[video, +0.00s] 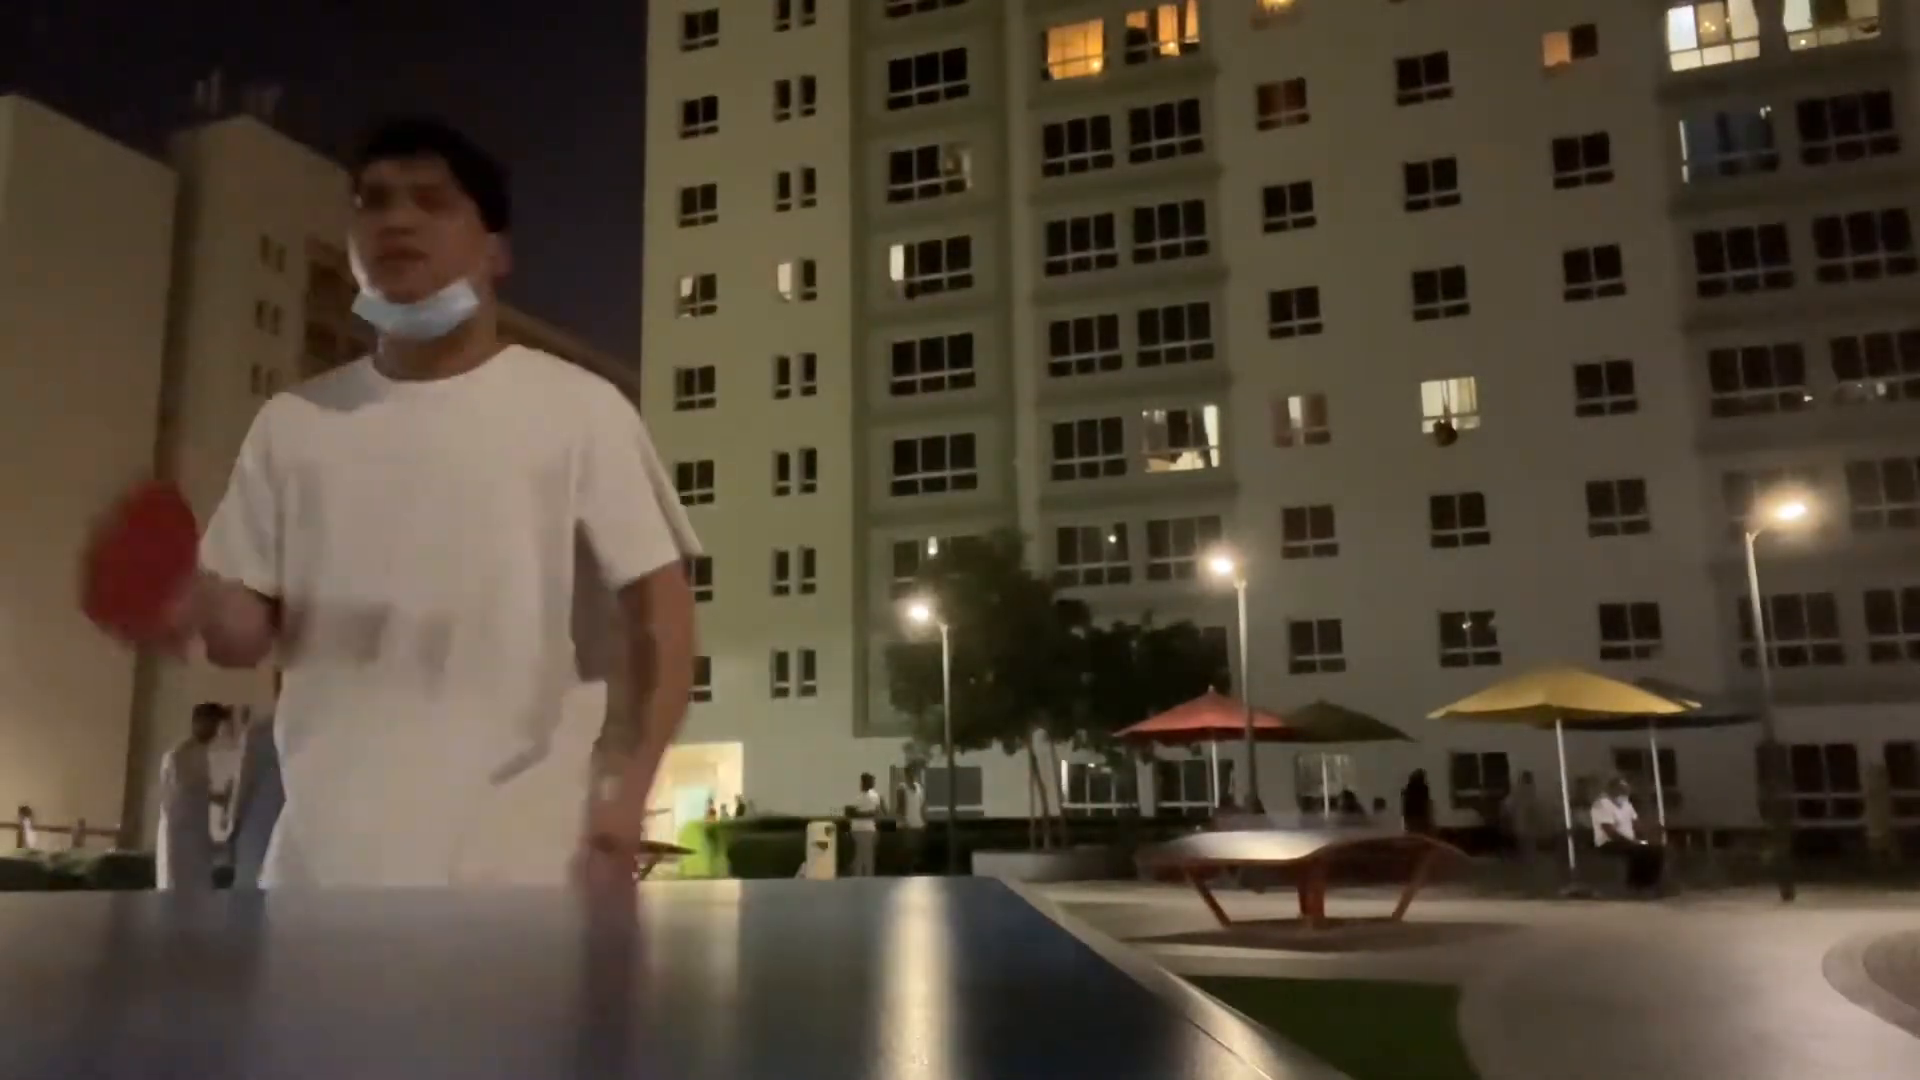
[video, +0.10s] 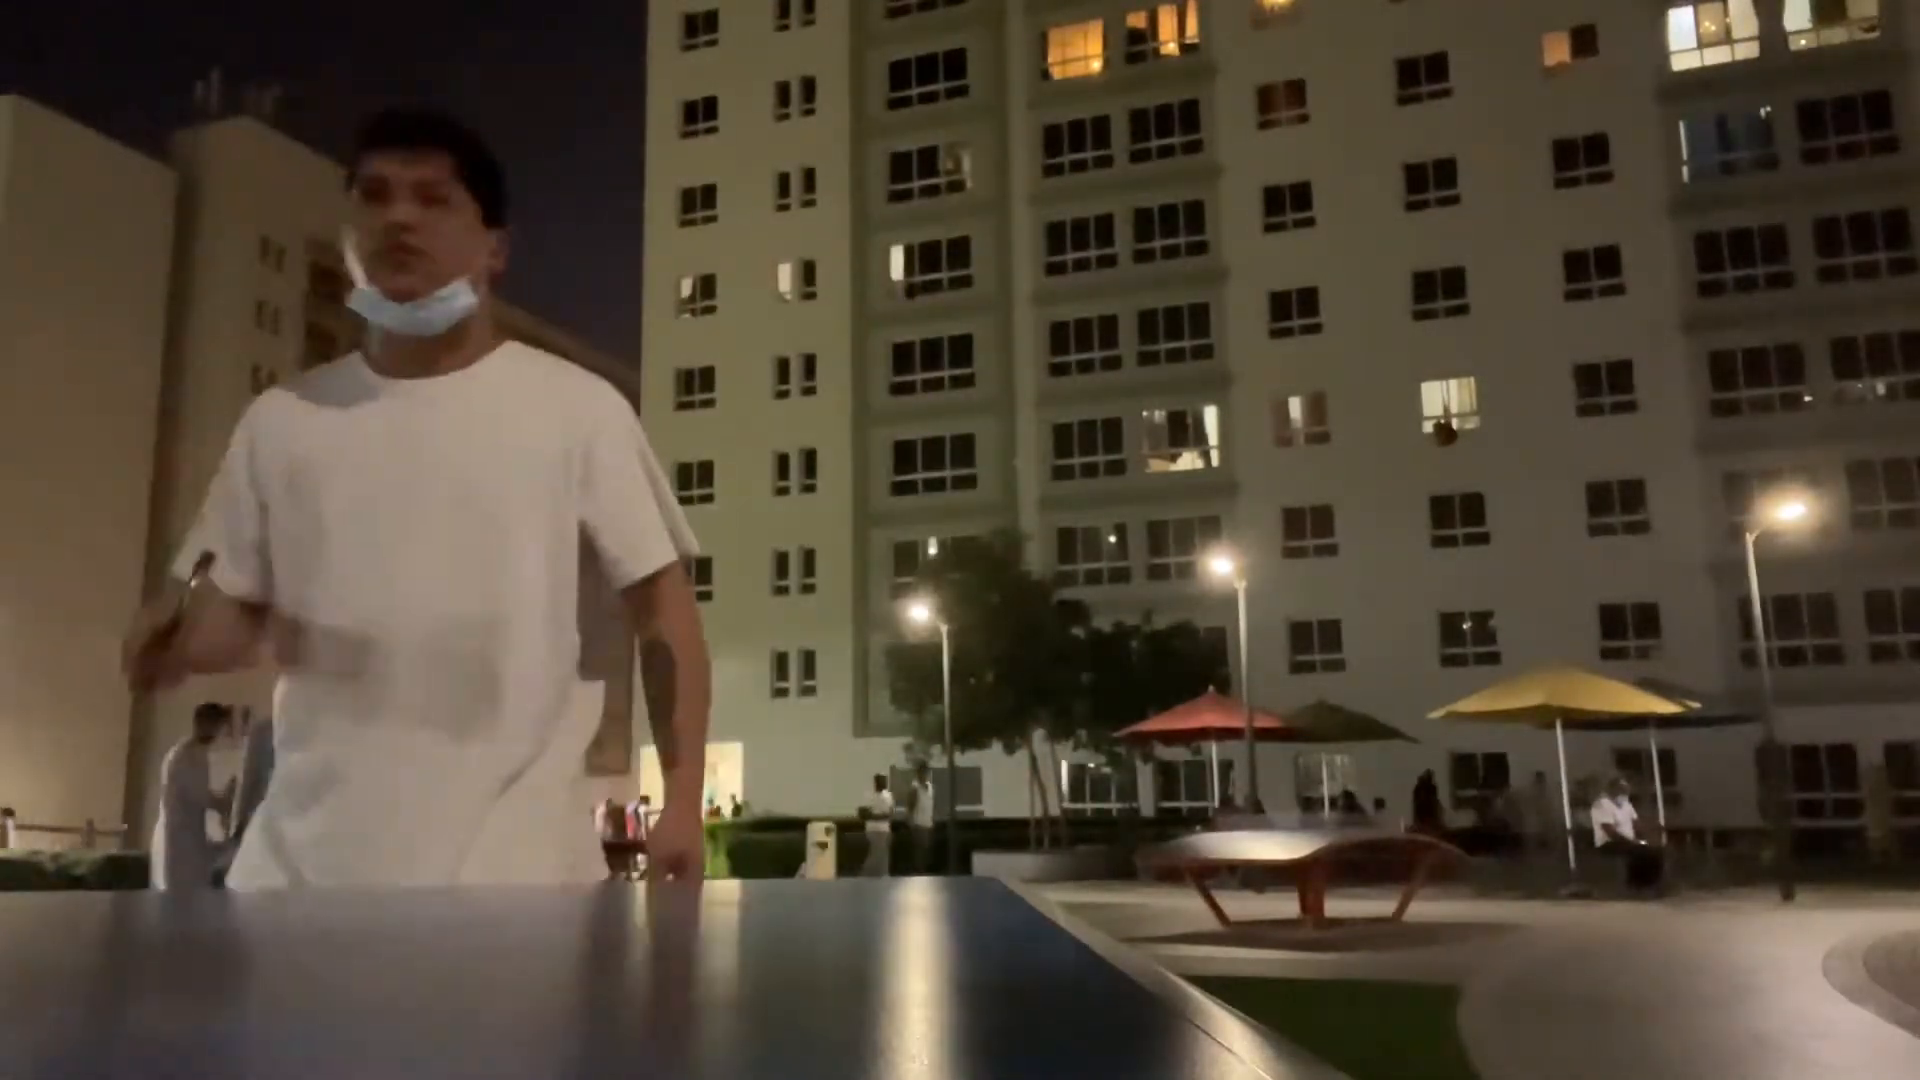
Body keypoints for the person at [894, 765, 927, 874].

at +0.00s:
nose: (913, 776)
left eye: (914, 773)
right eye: (910, 774)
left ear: (916, 774)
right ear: (906, 774)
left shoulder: (919, 787)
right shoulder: (902, 788)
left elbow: (922, 805)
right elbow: (900, 806)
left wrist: (925, 820)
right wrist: (901, 821)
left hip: (919, 824)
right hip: (907, 825)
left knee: (918, 850)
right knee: (907, 850)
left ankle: (918, 871)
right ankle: (907, 871)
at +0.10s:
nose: (924, 776)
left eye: (926, 773)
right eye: (922, 773)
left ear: (928, 773)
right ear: (918, 773)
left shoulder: (930, 787)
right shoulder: (915, 787)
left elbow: (930, 803)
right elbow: (911, 804)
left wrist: (930, 817)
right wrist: (909, 818)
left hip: (928, 821)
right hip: (918, 822)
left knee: (927, 847)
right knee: (918, 848)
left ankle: (925, 869)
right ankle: (918, 869)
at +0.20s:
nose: (934, 778)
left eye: (936, 775)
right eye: (932, 775)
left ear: (939, 777)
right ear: (928, 776)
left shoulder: (939, 789)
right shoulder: (924, 791)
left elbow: (941, 803)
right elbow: (919, 807)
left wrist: (945, 811)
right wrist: (920, 819)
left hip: (939, 820)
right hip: (928, 821)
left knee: (937, 846)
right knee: (930, 846)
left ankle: (937, 868)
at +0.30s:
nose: (949, 775)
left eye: (950, 772)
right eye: (947, 772)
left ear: (951, 772)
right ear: (941, 772)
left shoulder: (950, 784)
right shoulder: (935, 786)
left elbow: (952, 802)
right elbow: (932, 805)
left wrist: (954, 817)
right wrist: (933, 819)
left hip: (952, 821)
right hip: (940, 822)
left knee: (951, 849)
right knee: (941, 850)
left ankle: (950, 869)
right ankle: (941, 869)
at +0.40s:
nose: (962, 774)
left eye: (962, 771)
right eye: (959, 771)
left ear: (962, 772)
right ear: (954, 771)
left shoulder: (962, 784)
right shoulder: (948, 786)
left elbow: (963, 804)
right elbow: (949, 810)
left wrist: (967, 819)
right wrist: (961, 822)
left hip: (963, 822)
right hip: (951, 824)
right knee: (953, 852)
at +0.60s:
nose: (947, 781)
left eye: (948, 779)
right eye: (945, 779)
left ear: (951, 779)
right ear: (941, 779)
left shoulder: (953, 793)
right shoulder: (934, 793)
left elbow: (957, 810)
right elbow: (931, 811)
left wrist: (942, 813)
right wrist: (947, 814)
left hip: (950, 826)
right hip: (938, 826)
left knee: (949, 851)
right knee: (941, 852)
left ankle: (950, 872)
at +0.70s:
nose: (958, 780)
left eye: (959, 777)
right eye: (956, 777)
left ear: (962, 778)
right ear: (953, 778)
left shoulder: (967, 792)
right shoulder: (947, 792)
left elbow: (970, 808)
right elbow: (942, 809)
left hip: (964, 822)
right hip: (951, 822)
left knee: (967, 848)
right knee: (952, 847)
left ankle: (968, 873)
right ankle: (951, 868)